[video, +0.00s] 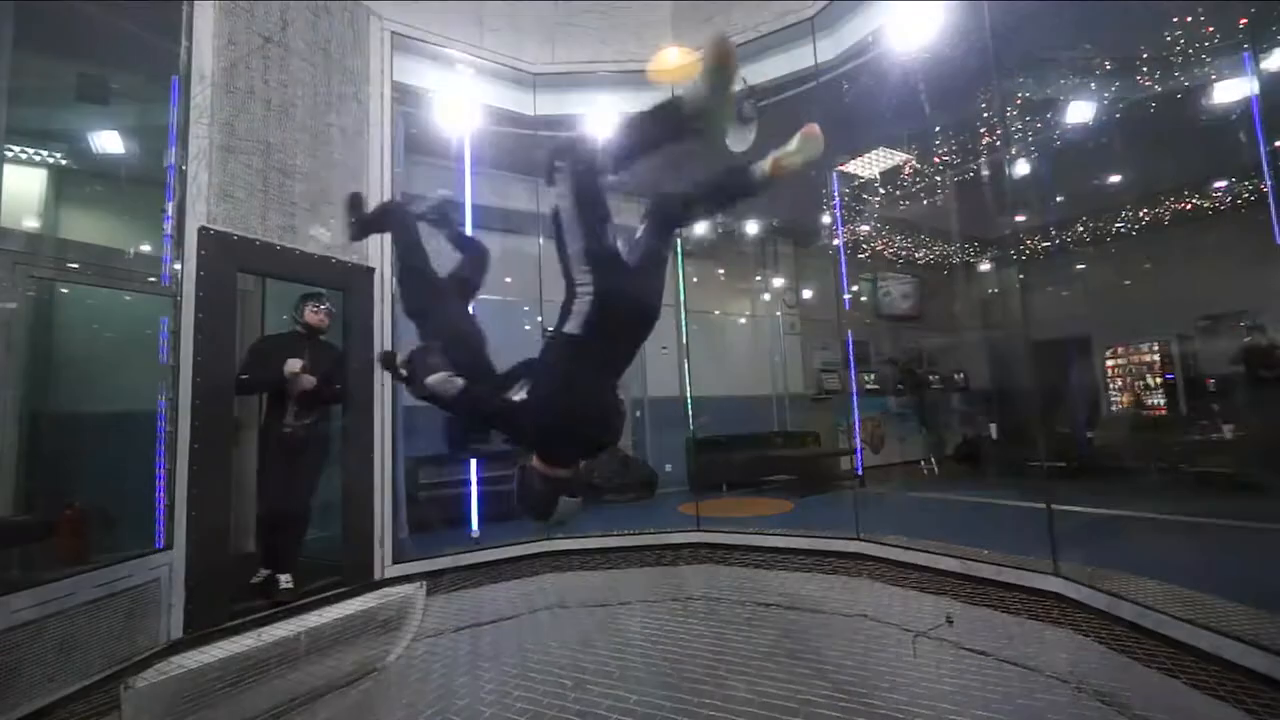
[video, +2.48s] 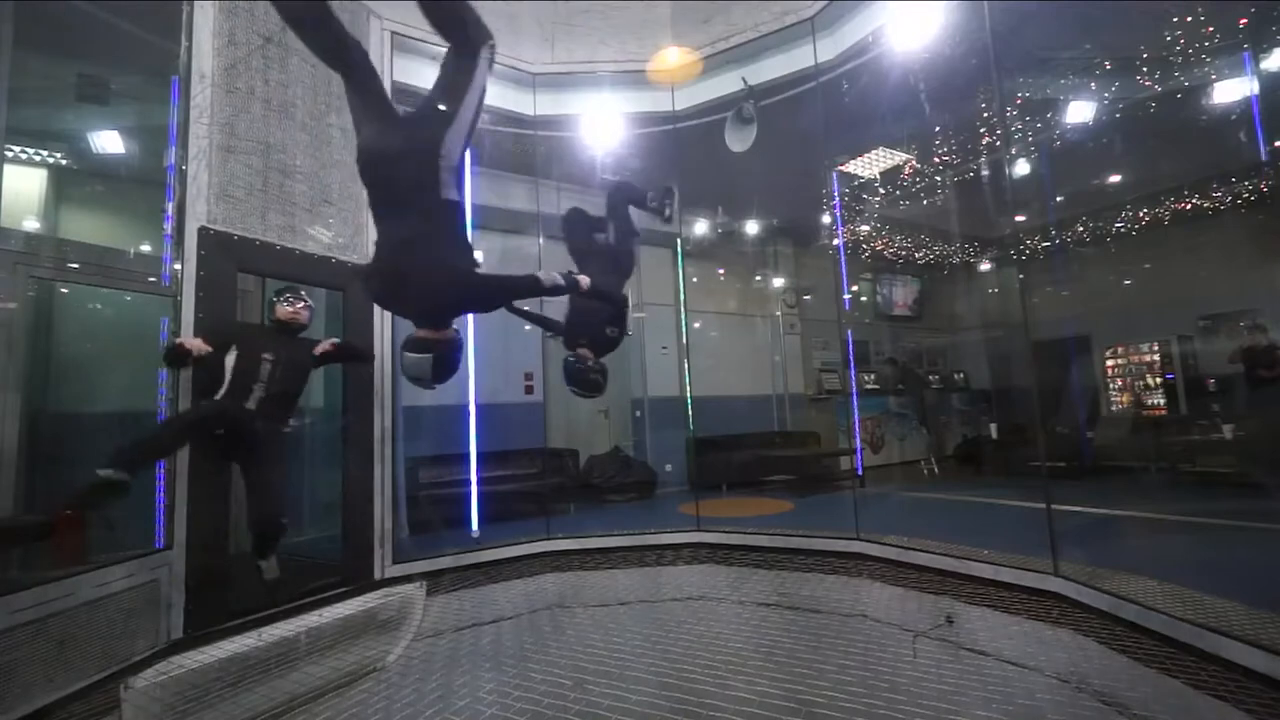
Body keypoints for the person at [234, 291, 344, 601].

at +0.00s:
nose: (322, 315)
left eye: (326, 312)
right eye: (315, 309)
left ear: (330, 319)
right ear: (299, 314)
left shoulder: (333, 354)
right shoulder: (270, 345)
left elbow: (342, 394)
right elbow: (243, 383)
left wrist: (314, 387)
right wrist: (282, 372)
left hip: (311, 438)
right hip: (274, 435)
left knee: (298, 501)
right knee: (270, 499)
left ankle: (285, 571)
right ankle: (267, 565)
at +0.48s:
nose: (319, 314)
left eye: (322, 309)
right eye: (314, 309)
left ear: (328, 313)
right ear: (302, 311)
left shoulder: (332, 346)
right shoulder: (274, 343)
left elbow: (341, 390)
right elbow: (256, 380)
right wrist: (297, 363)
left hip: (316, 439)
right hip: (281, 438)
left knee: (301, 506)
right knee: (272, 506)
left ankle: (286, 574)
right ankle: (258, 571)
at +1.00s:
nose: (337, 318)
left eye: (341, 314)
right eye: (332, 312)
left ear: (344, 319)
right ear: (317, 312)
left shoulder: (342, 346)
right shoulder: (290, 336)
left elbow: (349, 393)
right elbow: (254, 354)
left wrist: (358, 360)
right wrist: (307, 351)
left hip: (319, 436)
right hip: (285, 435)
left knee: (304, 505)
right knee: (281, 503)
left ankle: (286, 574)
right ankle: (258, 572)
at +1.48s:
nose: (335, 315)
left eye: (340, 311)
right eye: (328, 308)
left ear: (343, 318)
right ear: (311, 311)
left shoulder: (337, 352)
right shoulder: (283, 336)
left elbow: (348, 392)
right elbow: (241, 355)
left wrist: (362, 361)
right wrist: (291, 351)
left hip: (311, 439)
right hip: (275, 435)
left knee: (300, 503)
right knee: (273, 501)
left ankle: (286, 573)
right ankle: (265, 571)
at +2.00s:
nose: (315, 310)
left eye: (319, 306)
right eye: (307, 305)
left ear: (323, 313)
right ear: (290, 310)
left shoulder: (319, 351)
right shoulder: (266, 338)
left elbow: (352, 379)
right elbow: (235, 362)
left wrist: (354, 357)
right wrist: (279, 360)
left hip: (301, 437)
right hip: (265, 431)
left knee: (299, 506)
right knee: (229, 465)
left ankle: (283, 573)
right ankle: (236, 539)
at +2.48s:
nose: (299, 306)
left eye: (305, 304)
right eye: (291, 301)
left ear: (309, 318)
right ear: (275, 308)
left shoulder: (309, 349)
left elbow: (364, 356)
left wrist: (338, 350)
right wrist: (182, 349)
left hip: (265, 434)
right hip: (222, 419)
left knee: (270, 518)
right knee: (194, 418)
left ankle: (265, 553)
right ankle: (124, 466)